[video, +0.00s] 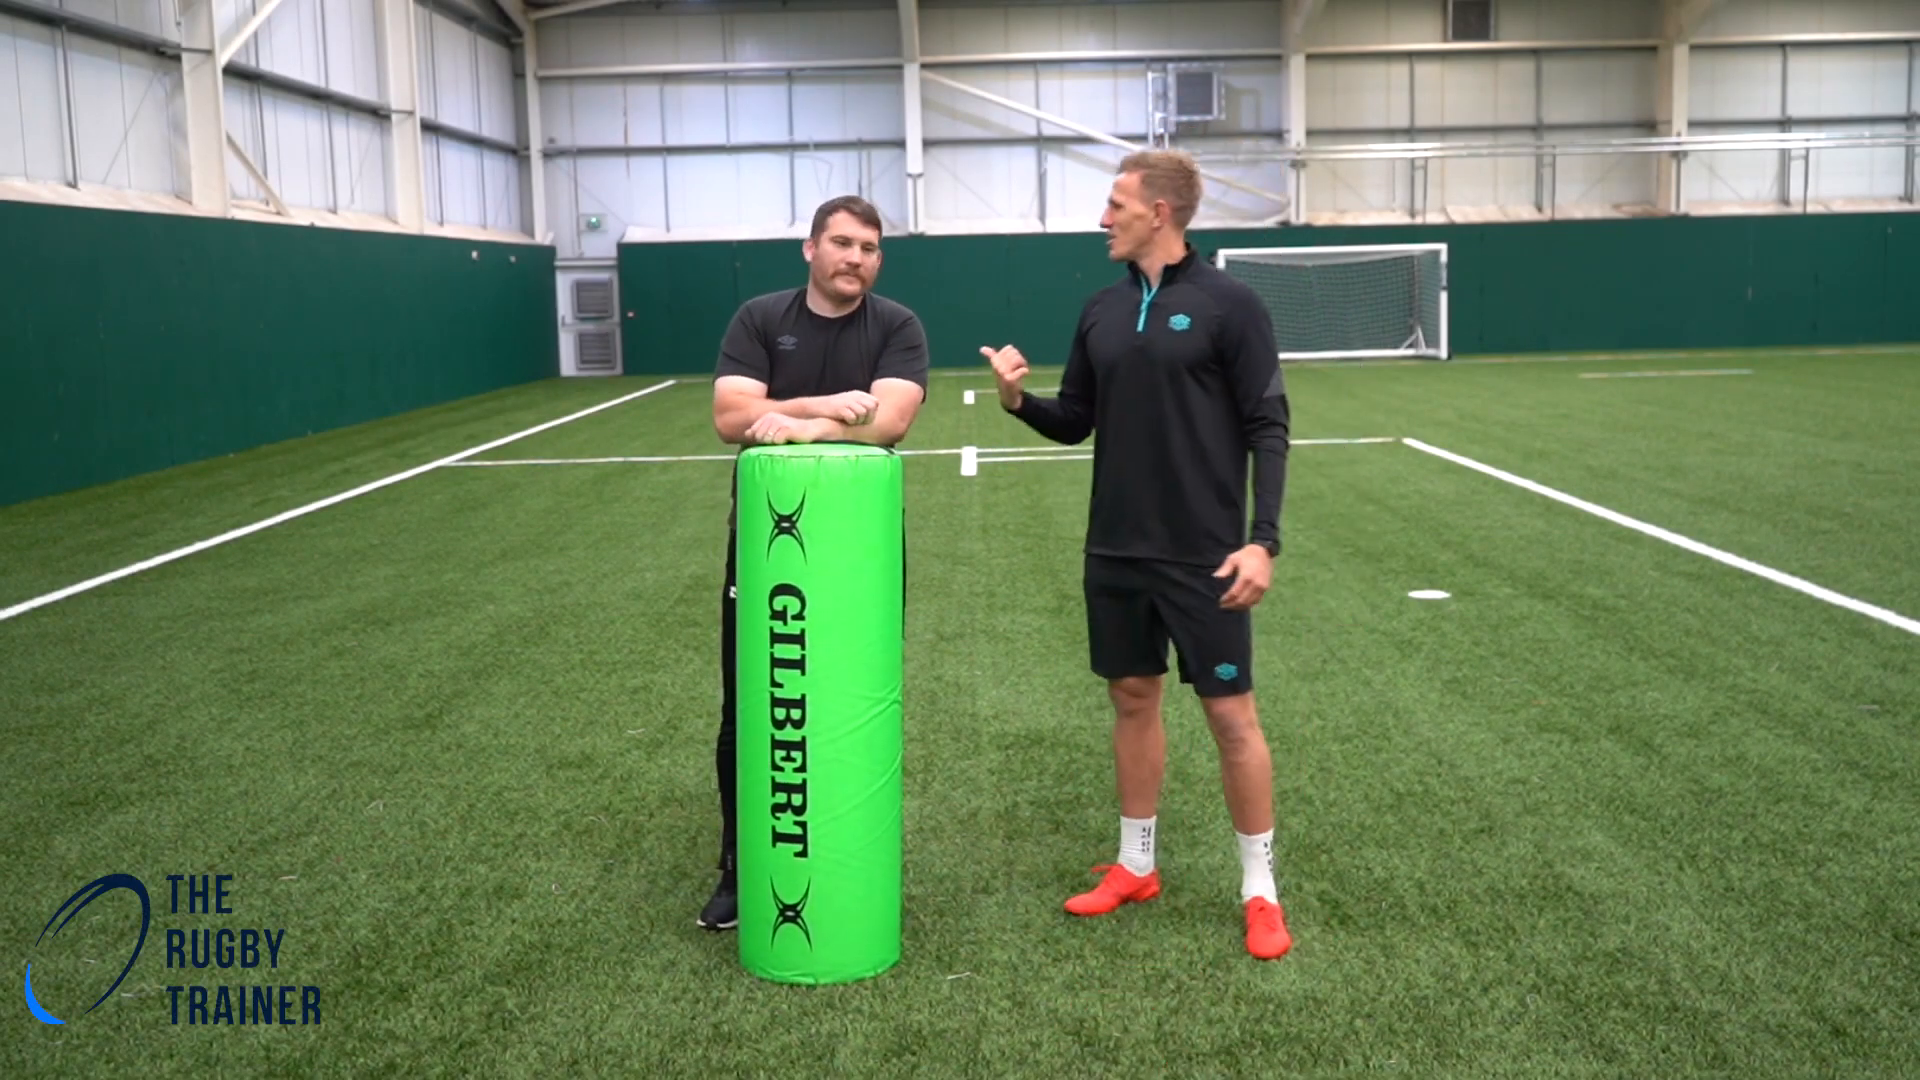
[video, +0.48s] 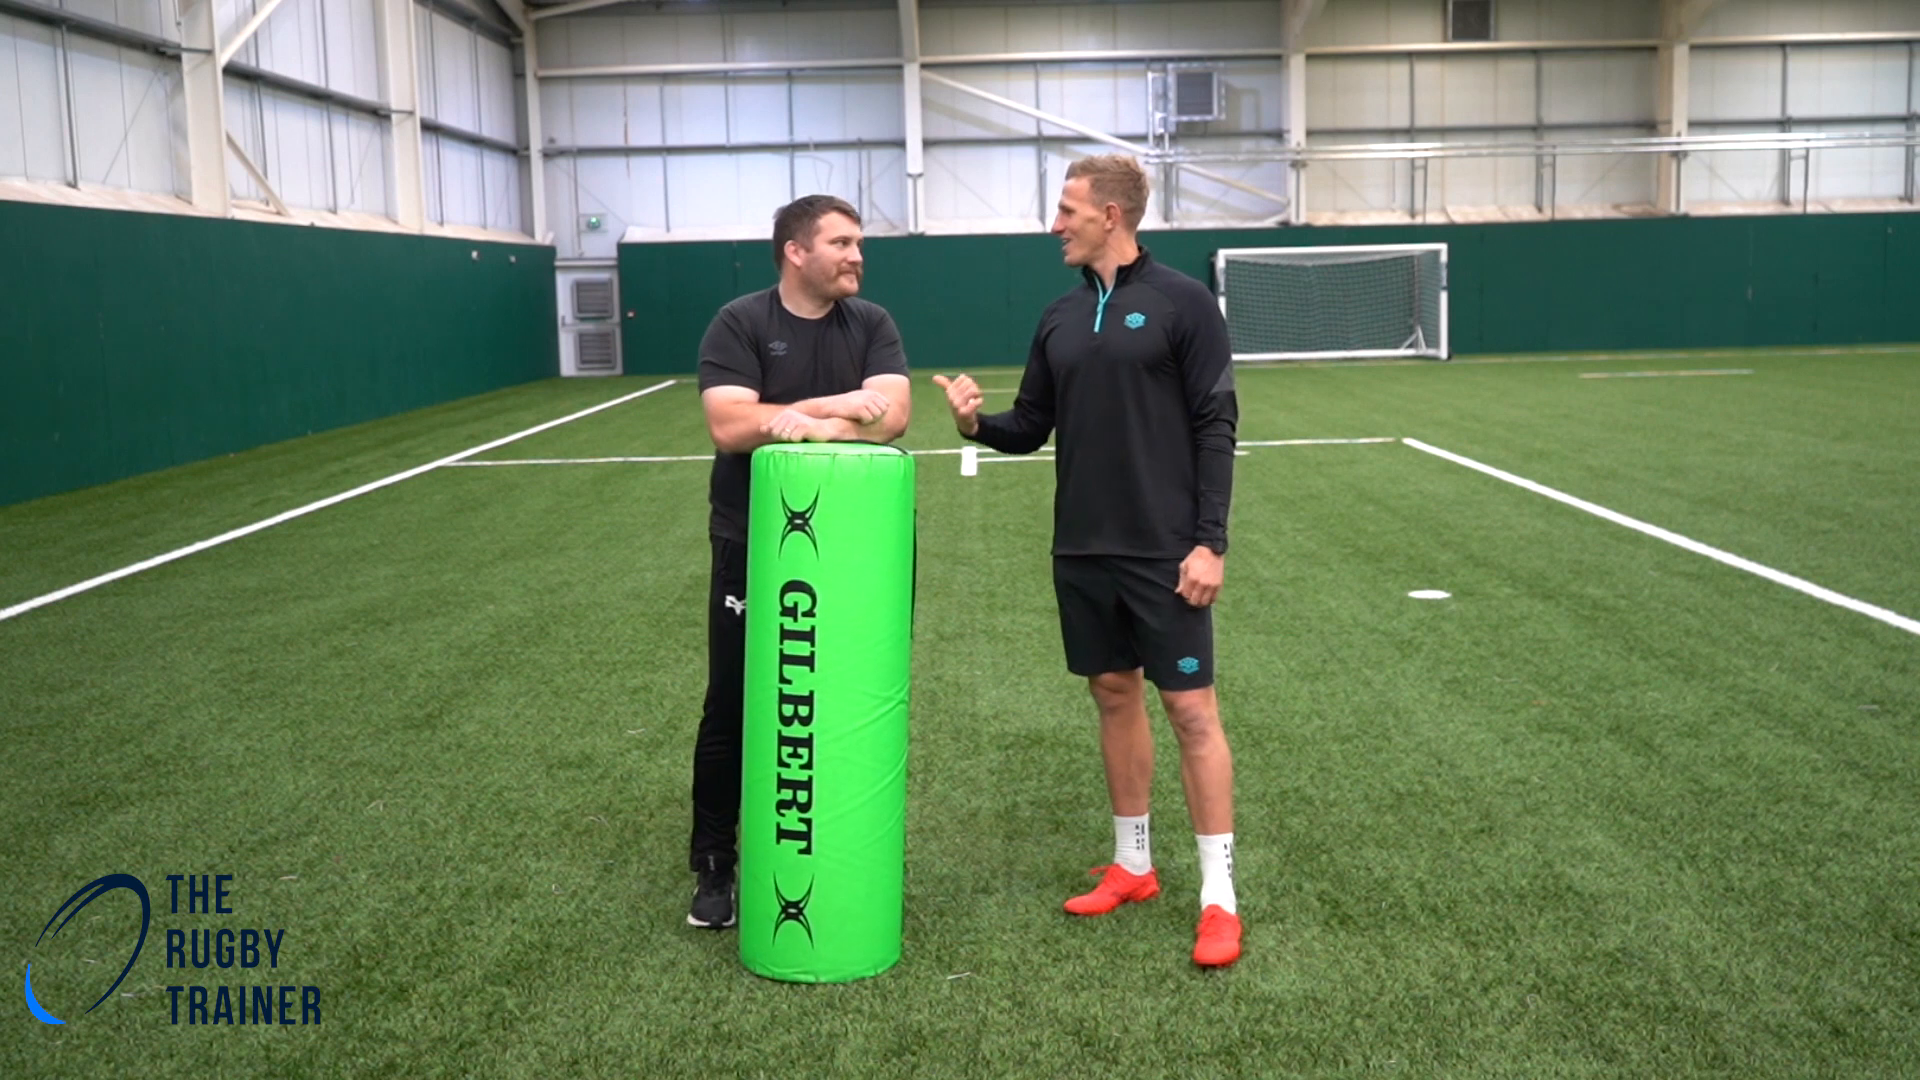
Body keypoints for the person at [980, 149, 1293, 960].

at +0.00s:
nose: (1104, 217)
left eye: (1118, 206)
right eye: (1108, 204)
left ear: (1163, 215)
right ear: (1144, 215)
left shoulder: (1231, 305)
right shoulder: (1102, 310)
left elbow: (1269, 428)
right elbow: (1072, 423)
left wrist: (1263, 540)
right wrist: (1018, 396)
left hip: (1203, 548)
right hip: (1117, 545)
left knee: (1231, 716)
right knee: (1131, 697)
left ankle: (1259, 887)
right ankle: (1136, 867)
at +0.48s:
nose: (1057, 222)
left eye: (1069, 210)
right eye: (1059, 209)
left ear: (1115, 216)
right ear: (1093, 217)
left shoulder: (1185, 303)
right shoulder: (1061, 315)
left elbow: (1216, 426)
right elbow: (1031, 427)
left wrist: (1210, 541)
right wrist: (977, 420)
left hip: (1165, 546)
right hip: (1083, 545)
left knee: (1191, 710)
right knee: (1114, 694)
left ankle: (1218, 893)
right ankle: (1133, 866)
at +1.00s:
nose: (1057, 226)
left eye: (1070, 215)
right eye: (1060, 212)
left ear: (1117, 223)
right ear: (1099, 221)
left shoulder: (1182, 304)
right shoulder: (1055, 317)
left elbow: (1186, 422)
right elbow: (1019, 437)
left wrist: (1068, 411)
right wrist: (1005, 397)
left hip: (1162, 544)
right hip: (1081, 544)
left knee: (1191, 710)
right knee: (1110, 695)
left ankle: (1220, 897)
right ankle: (1132, 867)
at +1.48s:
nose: (1057, 224)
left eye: (1071, 213)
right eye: (1060, 210)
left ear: (1118, 223)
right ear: (1098, 221)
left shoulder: (1180, 305)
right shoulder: (1053, 316)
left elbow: (1189, 422)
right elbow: (1022, 437)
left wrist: (1074, 423)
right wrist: (1013, 415)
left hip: (1159, 548)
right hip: (1079, 547)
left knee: (1189, 710)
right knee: (1109, 694)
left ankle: (1220, 896)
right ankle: (1132, 867)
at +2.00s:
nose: (1061, 223)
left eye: (1074, 213)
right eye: (1064, 210)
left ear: (1120, 222)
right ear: (1101, 219)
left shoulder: (1181, 305)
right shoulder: (1055, 315)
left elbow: (1193, 424)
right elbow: (1024, 435)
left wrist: (1079, 428)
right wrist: (1013, 420)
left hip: (1161, 546)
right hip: (1081, 545)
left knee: (1190, 708)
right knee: (1110, 693)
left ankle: (1221, 896)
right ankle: (1133, 867)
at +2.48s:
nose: (1064, 227)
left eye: (1077, 216)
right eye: (1066, 213)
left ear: (1123, 225)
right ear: (1102, 223)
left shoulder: (1183, 306)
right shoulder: (1065, 315)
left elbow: (1202, 427)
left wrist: (1129, 506)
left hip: (1166, 545)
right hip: (1084, 542)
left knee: (1193, 707)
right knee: (1112, 693)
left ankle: (1222, 897)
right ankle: (1133, 867)